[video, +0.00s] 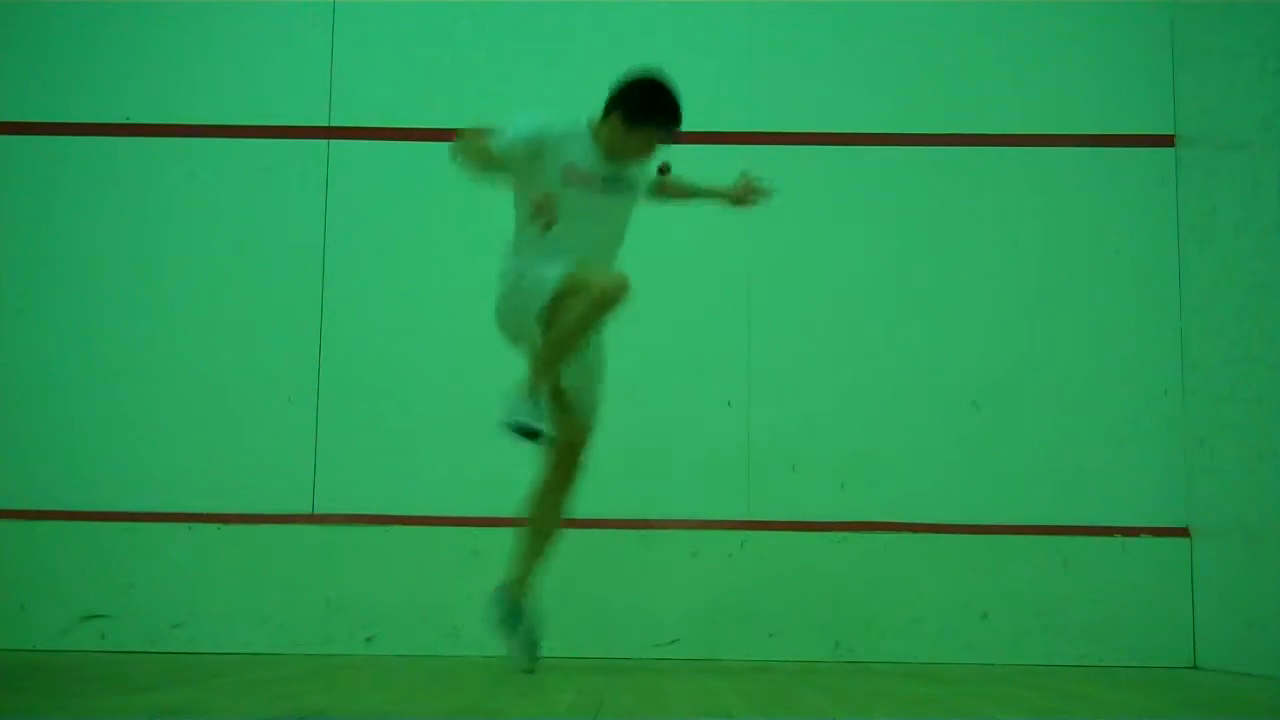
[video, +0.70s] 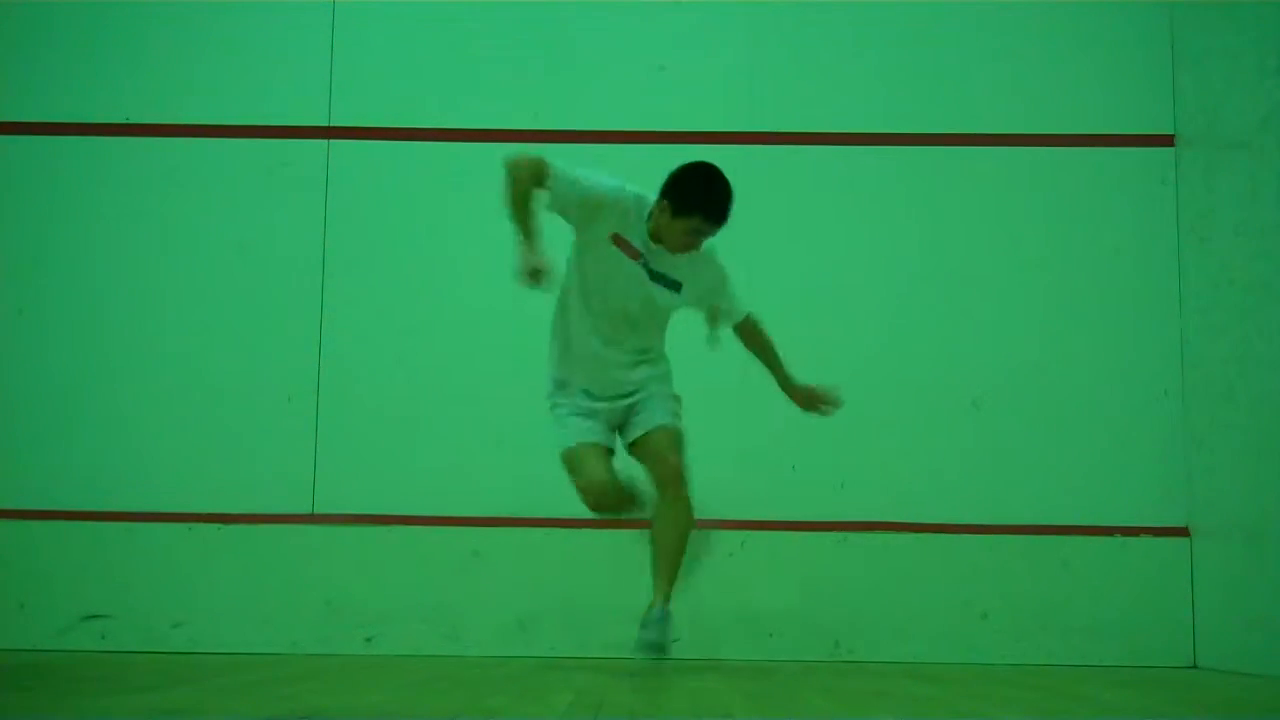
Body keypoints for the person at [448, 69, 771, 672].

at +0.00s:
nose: (645, 151)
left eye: (652, 145)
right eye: (641, 140)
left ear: (652, 140)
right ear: (613, 119)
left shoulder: (636, 166)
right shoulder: (552, 143)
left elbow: (660, 186)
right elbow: (469, 153)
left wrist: (724, 194)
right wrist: (520, 183)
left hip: (581, 314)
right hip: (525, 296)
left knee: (570, 444)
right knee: (607, 283)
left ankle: (516, 589)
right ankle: (533, 396)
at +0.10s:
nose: (668, 120)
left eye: (675, 113)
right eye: (669, 108)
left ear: (655, 92)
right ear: (642, 82)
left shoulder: (651, 140)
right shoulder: (578, 91)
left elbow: (686, 174)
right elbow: (509, 83)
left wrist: (742, 212)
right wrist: (554, 154)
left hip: (594, 272)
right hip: (531, 246)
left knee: (644, 385)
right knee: (555, 309)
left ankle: (644, 522)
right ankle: (466, 381)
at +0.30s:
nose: (718, 157)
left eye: (727, 151)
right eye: (720, 145)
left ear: (705, 127)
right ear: (697, 118)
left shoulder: (681, 174)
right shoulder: (626, 114)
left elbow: (667, 207)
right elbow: (550, 109)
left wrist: (690, 235)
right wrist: (512, 175)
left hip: (617, 284)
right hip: (554, 281)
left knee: (663, 346)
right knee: (541, 427)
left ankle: (632, 461)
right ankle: (527, 532)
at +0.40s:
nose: (728, 190)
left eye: (736, 183)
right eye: (728, 177)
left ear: (715, 164)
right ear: (701, 152)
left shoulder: (697, 206)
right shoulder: (626, 160)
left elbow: (680, 251)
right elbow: (563, 191)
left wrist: (678, 282)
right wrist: (549, 274)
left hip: (634, 344)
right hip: (567, 337)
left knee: (641, 476)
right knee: (577, 503)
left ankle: (637, 628)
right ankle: (644, 600)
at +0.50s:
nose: (722, 244)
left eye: (730, 235)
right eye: (722, 230)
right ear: (694, 205)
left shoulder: (691, 281)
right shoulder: (619, 219)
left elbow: (689, 346)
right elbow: (571, 265)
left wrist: (697, 405)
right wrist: (581, 337)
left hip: (646, 401)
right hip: (581, 401)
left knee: (642, 495)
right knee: (580, 523)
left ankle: (634, 634)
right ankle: (677, 583)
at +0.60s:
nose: (712, 253)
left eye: (721, 246)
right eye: (712, 240)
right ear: (682, 216)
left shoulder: (694, 288)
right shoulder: (620, 216)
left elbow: (725, 355)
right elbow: (558, 222)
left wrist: (763, 425)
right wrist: (591, 291)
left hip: (643, 400)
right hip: (578, 397)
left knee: (647, 483)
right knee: (570, 490)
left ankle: (637, 630)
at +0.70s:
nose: (695, 244)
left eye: (704, 238)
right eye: (692, 232)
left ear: (710, 231)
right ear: (666, 209)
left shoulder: (701, 272)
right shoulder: (607, 206)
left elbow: (743, 325)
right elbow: (522, 170)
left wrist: (790, 385)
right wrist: (529, 247)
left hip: (644, 385)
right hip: (577, 383)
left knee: (671, 476)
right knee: (599, 494)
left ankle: (659, 609)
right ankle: (639, 501)